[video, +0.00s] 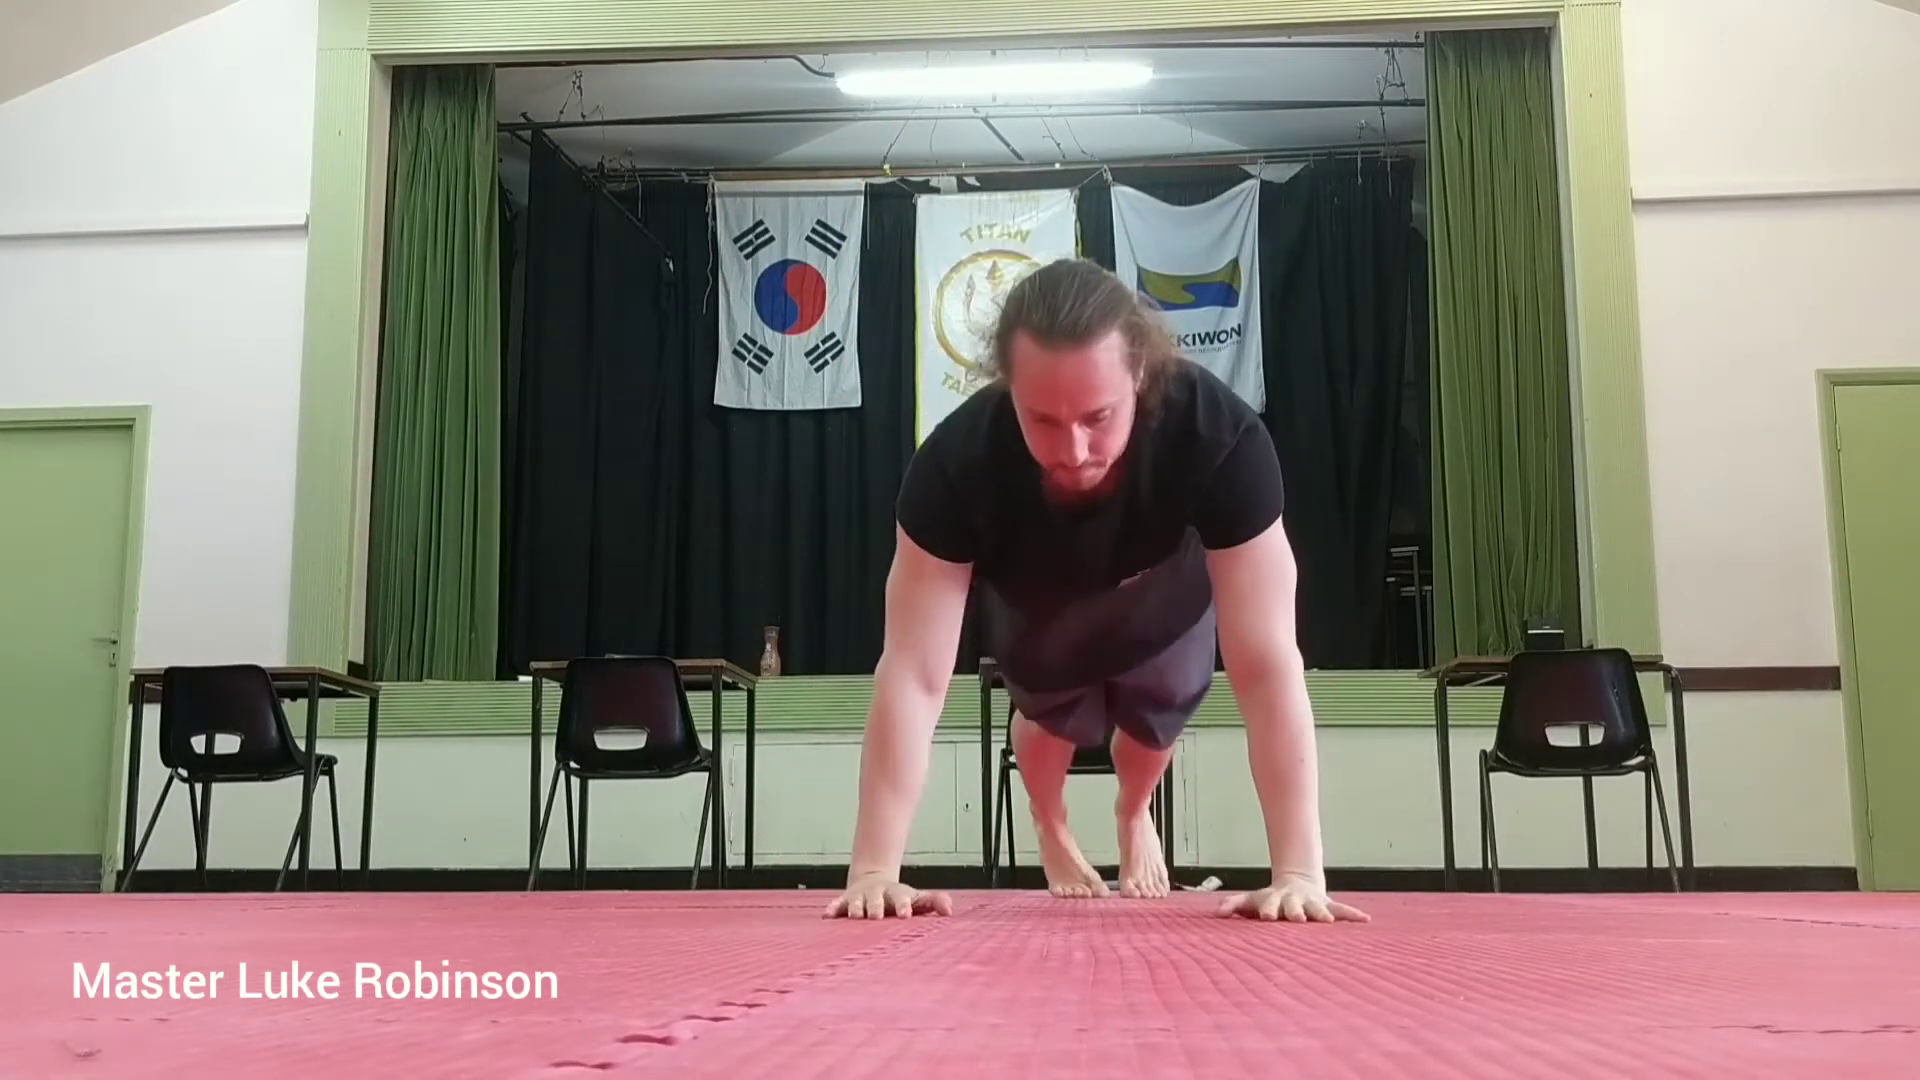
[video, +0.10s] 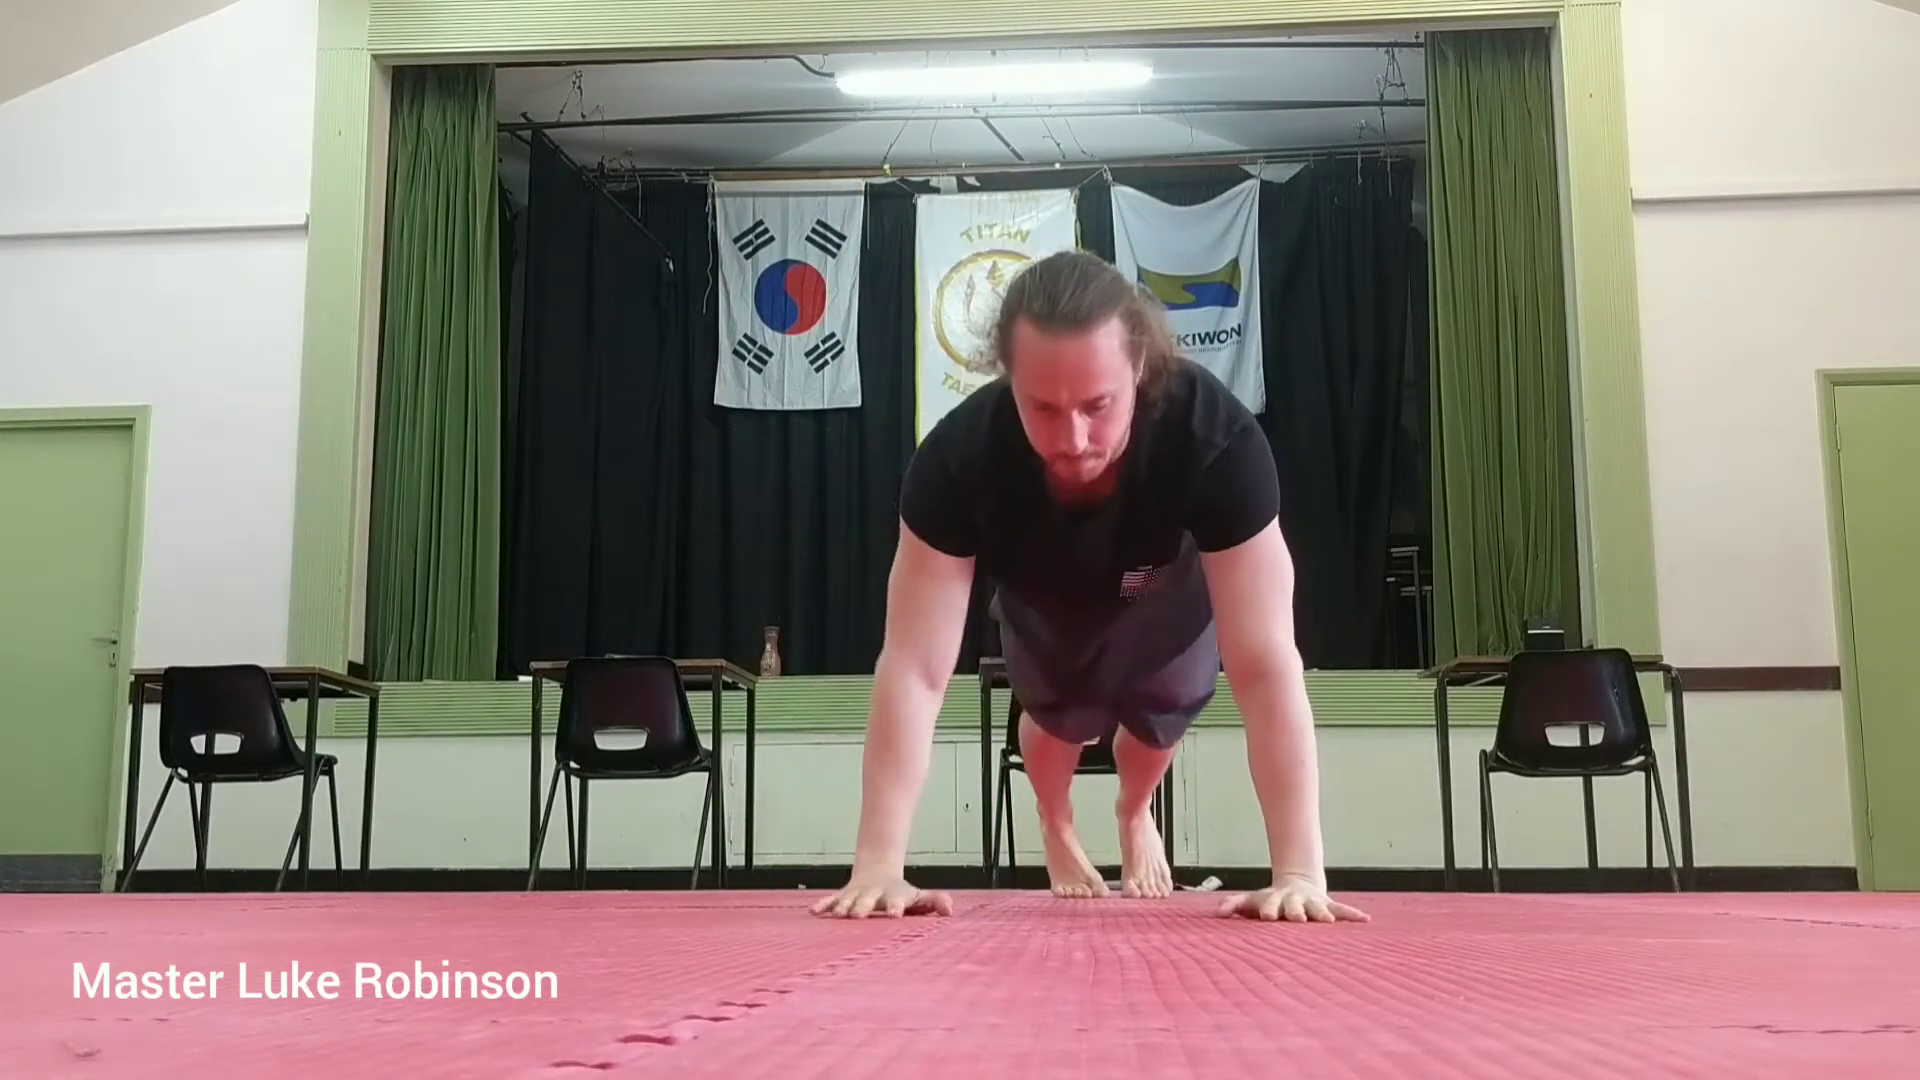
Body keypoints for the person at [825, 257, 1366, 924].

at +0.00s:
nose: (1075, 451)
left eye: (1099, 419)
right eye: (1046, 423)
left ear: (1140, 379)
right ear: (1010, 389)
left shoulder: (1219, 443)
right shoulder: (957, 466)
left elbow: (1266, 666)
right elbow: (913, 674)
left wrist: (1298, 873)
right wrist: (874, 870)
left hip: (1167, 617)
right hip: (1040, 627)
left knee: (1155, 725)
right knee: (1050, 724)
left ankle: (1136, 817)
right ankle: (1052, 829)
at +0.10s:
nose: (1073, 438)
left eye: (1098, 406)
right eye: (1044, 409)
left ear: (1141, 370)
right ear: (1009, 377)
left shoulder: (1214, 441)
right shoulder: (961, 460)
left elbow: (1265, 665)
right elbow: (913, 669)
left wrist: (1298, 873)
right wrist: (877, 863)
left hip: (1170, 610)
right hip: (1046, 615)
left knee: (1158, 726)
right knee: (1057, 726)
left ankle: (1137, 817)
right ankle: (1058, 829)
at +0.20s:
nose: (1077, 444)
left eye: (1101, 412)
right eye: (1048, 415)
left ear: (1145, 381)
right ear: (1013, 387)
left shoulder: (1214, 445)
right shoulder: (959, 456)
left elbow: (1270, 667)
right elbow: (898, 667)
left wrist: (1298, 872)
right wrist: (855, 870)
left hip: (1165, 623)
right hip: (1041, 624)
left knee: (1157, 731)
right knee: (1054, 729)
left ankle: (1140, 817)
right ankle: (1061, 830)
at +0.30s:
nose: (1069, 450)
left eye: (1094, 416)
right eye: (1040, 420)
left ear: (1137, 384)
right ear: (1003, 395)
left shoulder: (1208, 450)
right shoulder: (953, 454)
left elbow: (1268, 669)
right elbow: (895, 668)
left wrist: (1299, 872)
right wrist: (851, 872)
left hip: (1155, 642)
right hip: (1026, 642)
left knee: (1148, 739)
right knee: (1041, 741)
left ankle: (1144, 824)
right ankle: (1059, 832)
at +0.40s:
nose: (1062, 422)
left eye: (1083, 388)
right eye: (1031, 394)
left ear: (1124, 358)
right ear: (993, 372)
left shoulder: (1198, 444)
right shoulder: (947, 443)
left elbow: (1258, 662)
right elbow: (895, 664)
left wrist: (1298, 866)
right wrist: (851, 868)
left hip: (1132, 637)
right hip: (1009, 646)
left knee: (1135, 735)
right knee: (1032, 747)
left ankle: (1146, 825)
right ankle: (1058, 831)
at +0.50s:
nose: (1052, 423)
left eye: (1074, 387)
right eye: (1020, 394)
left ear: (1112, 358)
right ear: (983, 373)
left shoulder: (1191, 443)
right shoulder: (935, 448)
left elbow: (1267, 660)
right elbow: (888, 668)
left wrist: (1312, 869)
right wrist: (849, 872)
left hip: (1123, 629)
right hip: (999, 639)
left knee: (1129, 728)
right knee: (1029, 743)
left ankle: (1143, 829)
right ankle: (1060, 834)